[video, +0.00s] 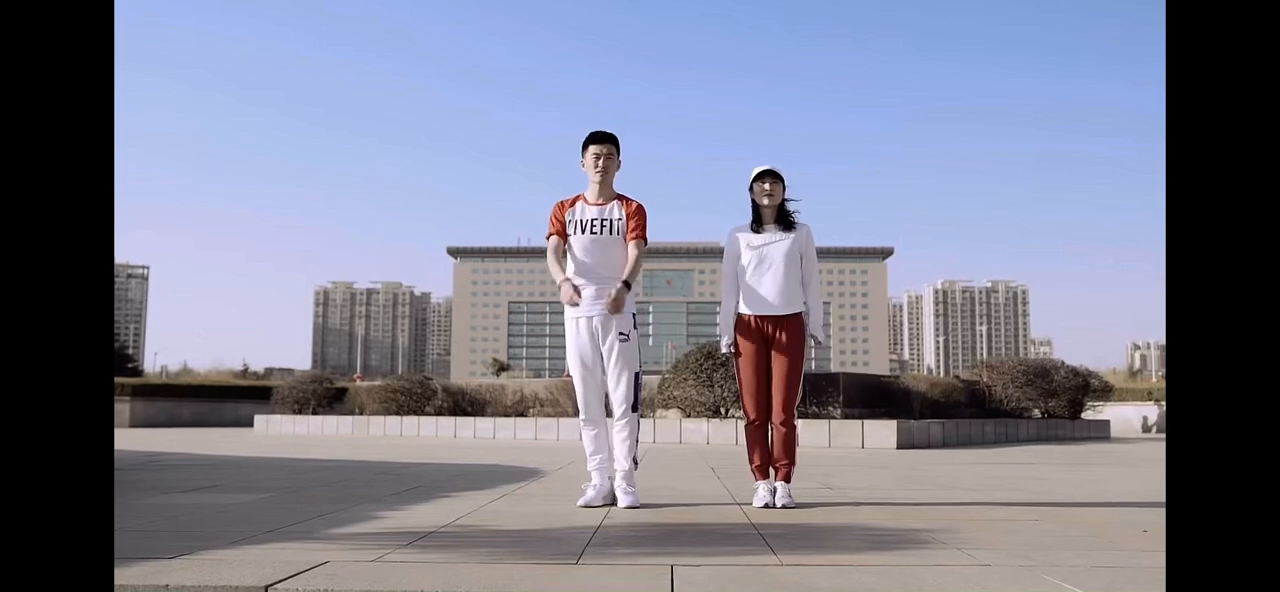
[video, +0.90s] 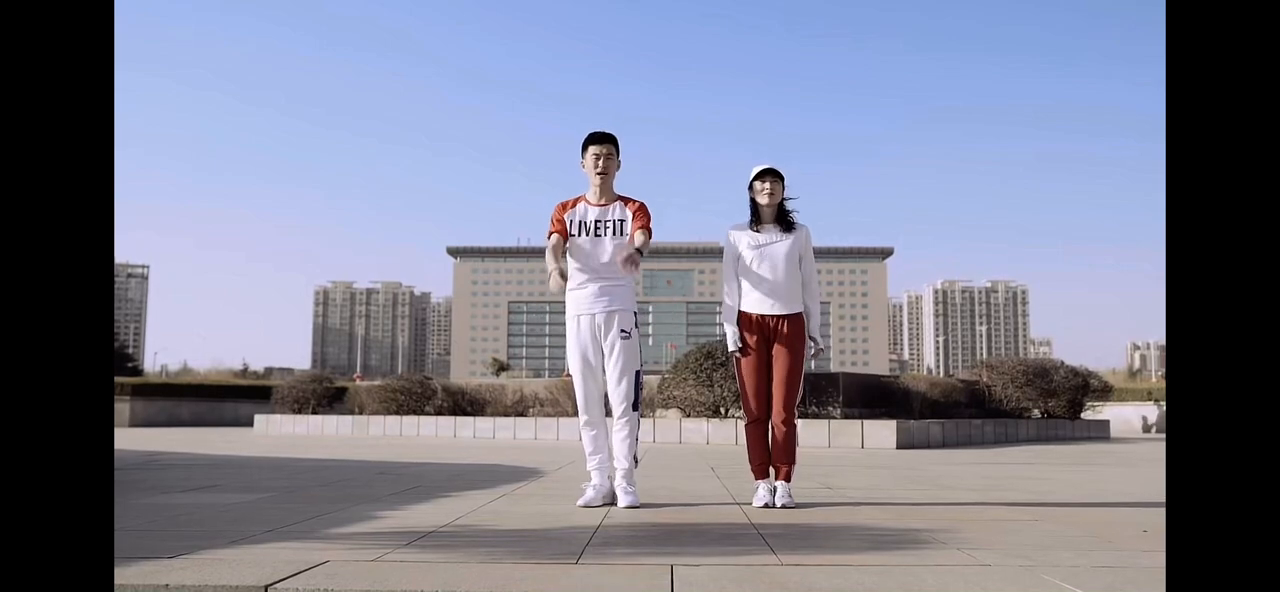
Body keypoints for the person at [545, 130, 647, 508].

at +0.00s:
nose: (601, 160)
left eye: (608, 155)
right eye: (595, 155)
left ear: (618, 163)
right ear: (583, 162)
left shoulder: (631, 208)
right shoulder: (564, 208)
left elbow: (636, 251)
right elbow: (553, 252)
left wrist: (624, 286)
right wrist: (562, 280)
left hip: (617, 311)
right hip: (578, 313)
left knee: (623, 402)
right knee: (588, 404)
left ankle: (624, 483)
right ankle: (599, 482)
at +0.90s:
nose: (601, 161)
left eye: (608, 156)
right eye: (595, 156)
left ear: (618, 164)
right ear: (584, 164)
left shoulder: (633, 208)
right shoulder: (566, 209)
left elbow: (642, 232)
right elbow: (554, 243)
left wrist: (634, 248)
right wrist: (554, 266)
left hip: (620, 313)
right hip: (579, 314)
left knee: (623, 402)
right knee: (588, 404)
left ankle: (624, 483)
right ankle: (598, 483)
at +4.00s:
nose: (613, 151)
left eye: (620, 146)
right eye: (607, 145)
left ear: (629, 154)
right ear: (593, 152)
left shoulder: (639, 198)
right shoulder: (571, 192)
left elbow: (643, 235)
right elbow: (540, 239)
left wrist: (651, 260)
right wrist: (562, 211)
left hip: (623, 297)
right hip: (584, 301)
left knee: (616, 369)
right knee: (594, 386)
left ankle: (613, 468)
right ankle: (614, 463)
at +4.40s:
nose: (605, 157)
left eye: (612, 151)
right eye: (598, 151)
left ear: (621, 157)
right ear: (585, 157)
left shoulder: (638, 207)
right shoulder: (567, 204)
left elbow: (642, 250)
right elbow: (558, 258)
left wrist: (635, 287)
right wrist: (546, 307)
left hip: (617, 305)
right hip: (578, 300)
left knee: (610, 393)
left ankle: (604, 475)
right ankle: (574, 397)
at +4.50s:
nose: (603, 161)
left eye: (609, 156)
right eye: (595, 156)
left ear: (618, 163)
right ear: (583, 164)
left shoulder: (635, 210)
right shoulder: (565, 211)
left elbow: (644, 251)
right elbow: (556, 260)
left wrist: (630, 261)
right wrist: (545, 305)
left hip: (616, 310)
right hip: (578, 301)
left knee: (608, 402)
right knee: (567, 310)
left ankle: (602, 477)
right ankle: (569, 394)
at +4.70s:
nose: (592, 157)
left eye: (599, 151)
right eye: (585, 150)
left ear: (610, 157)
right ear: (574, 157)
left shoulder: (625, 198)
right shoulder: (560, 205)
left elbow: (651, 238)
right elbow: (557, 256)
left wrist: (630, 214)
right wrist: (549, 304)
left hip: (609, 312)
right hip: (567, 310)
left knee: (606, 396)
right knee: (562, 392)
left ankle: (602, 473)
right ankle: (568, 481)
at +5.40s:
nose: (597, 160)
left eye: (604, 153)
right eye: (591, 152)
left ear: (612, 157)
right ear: (575, 153)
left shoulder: (621, 200)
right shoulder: (550, 198)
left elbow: (634, 243)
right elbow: (532, 248)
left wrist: (647, 284)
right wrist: (533, 286)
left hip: (601, 312)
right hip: (559, 310)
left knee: (596, 398)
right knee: (564, 399)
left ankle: (588, 484)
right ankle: (575, 467)